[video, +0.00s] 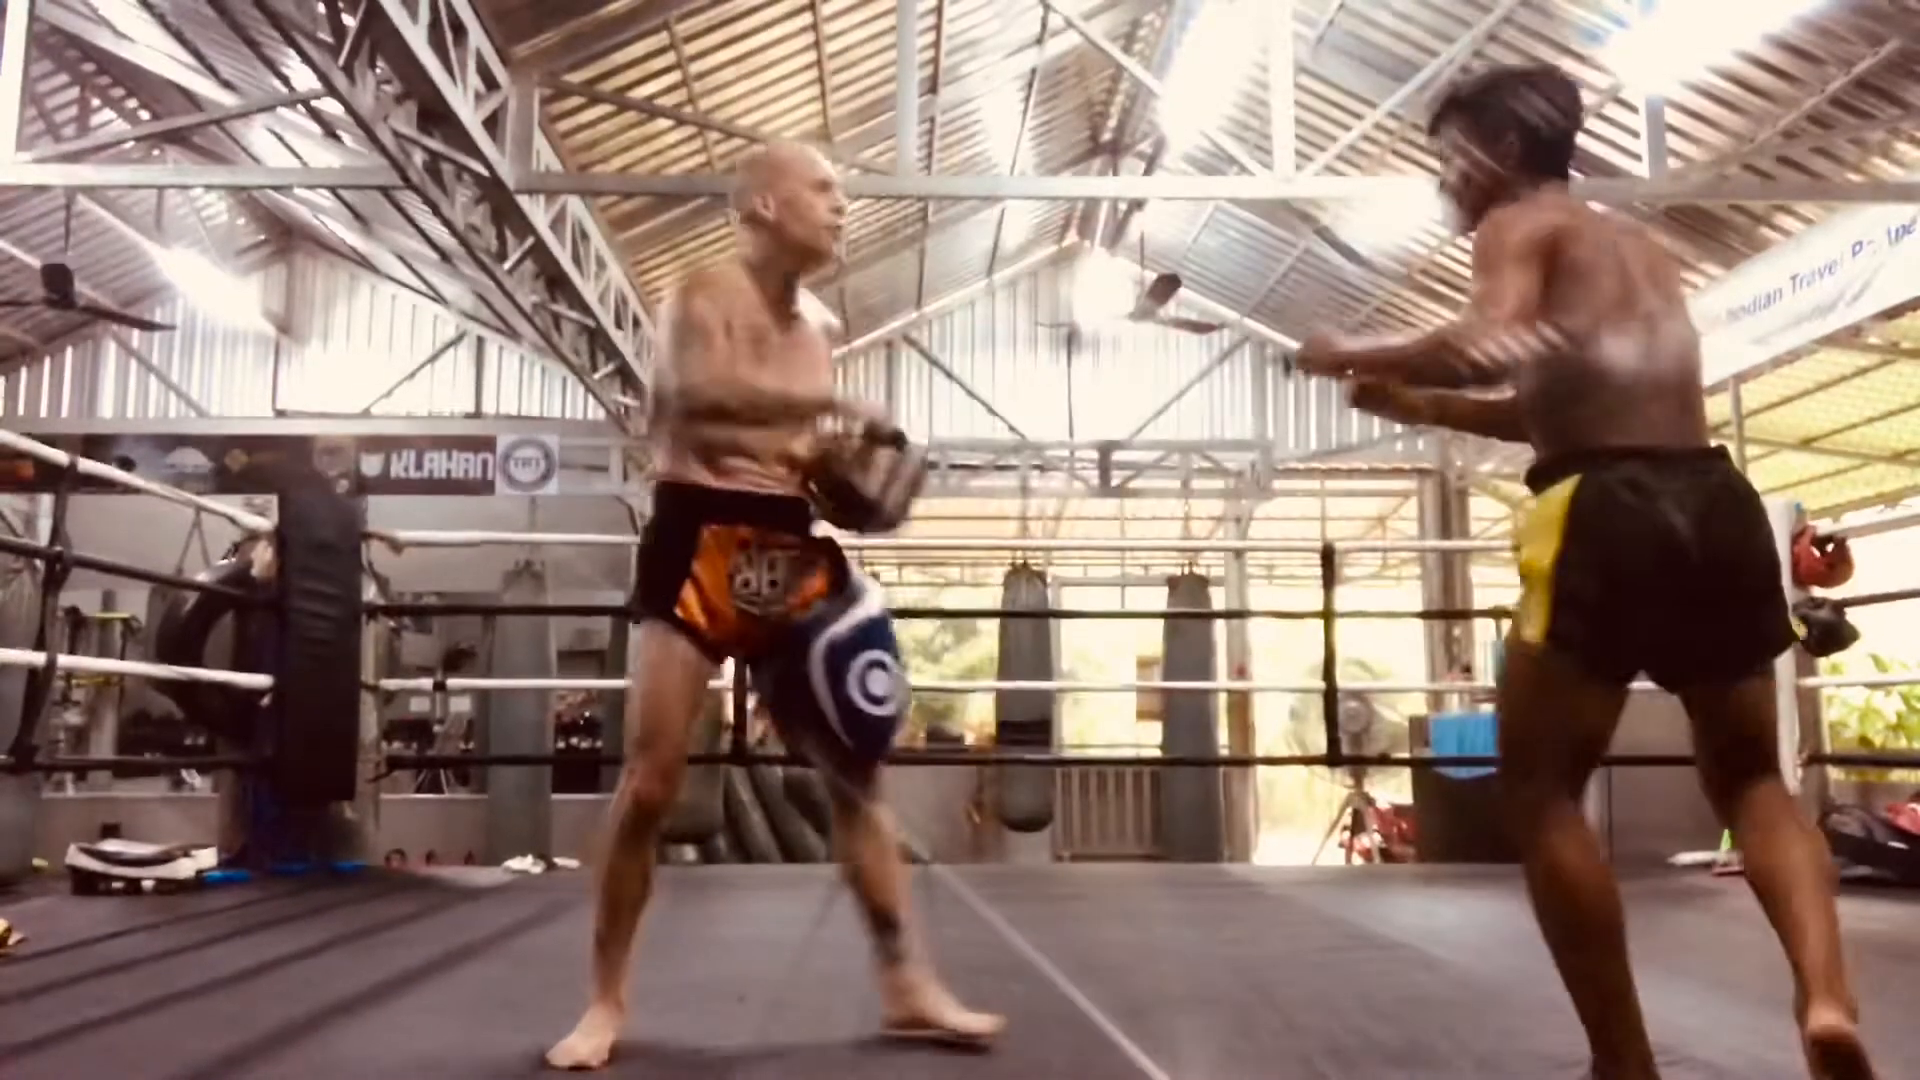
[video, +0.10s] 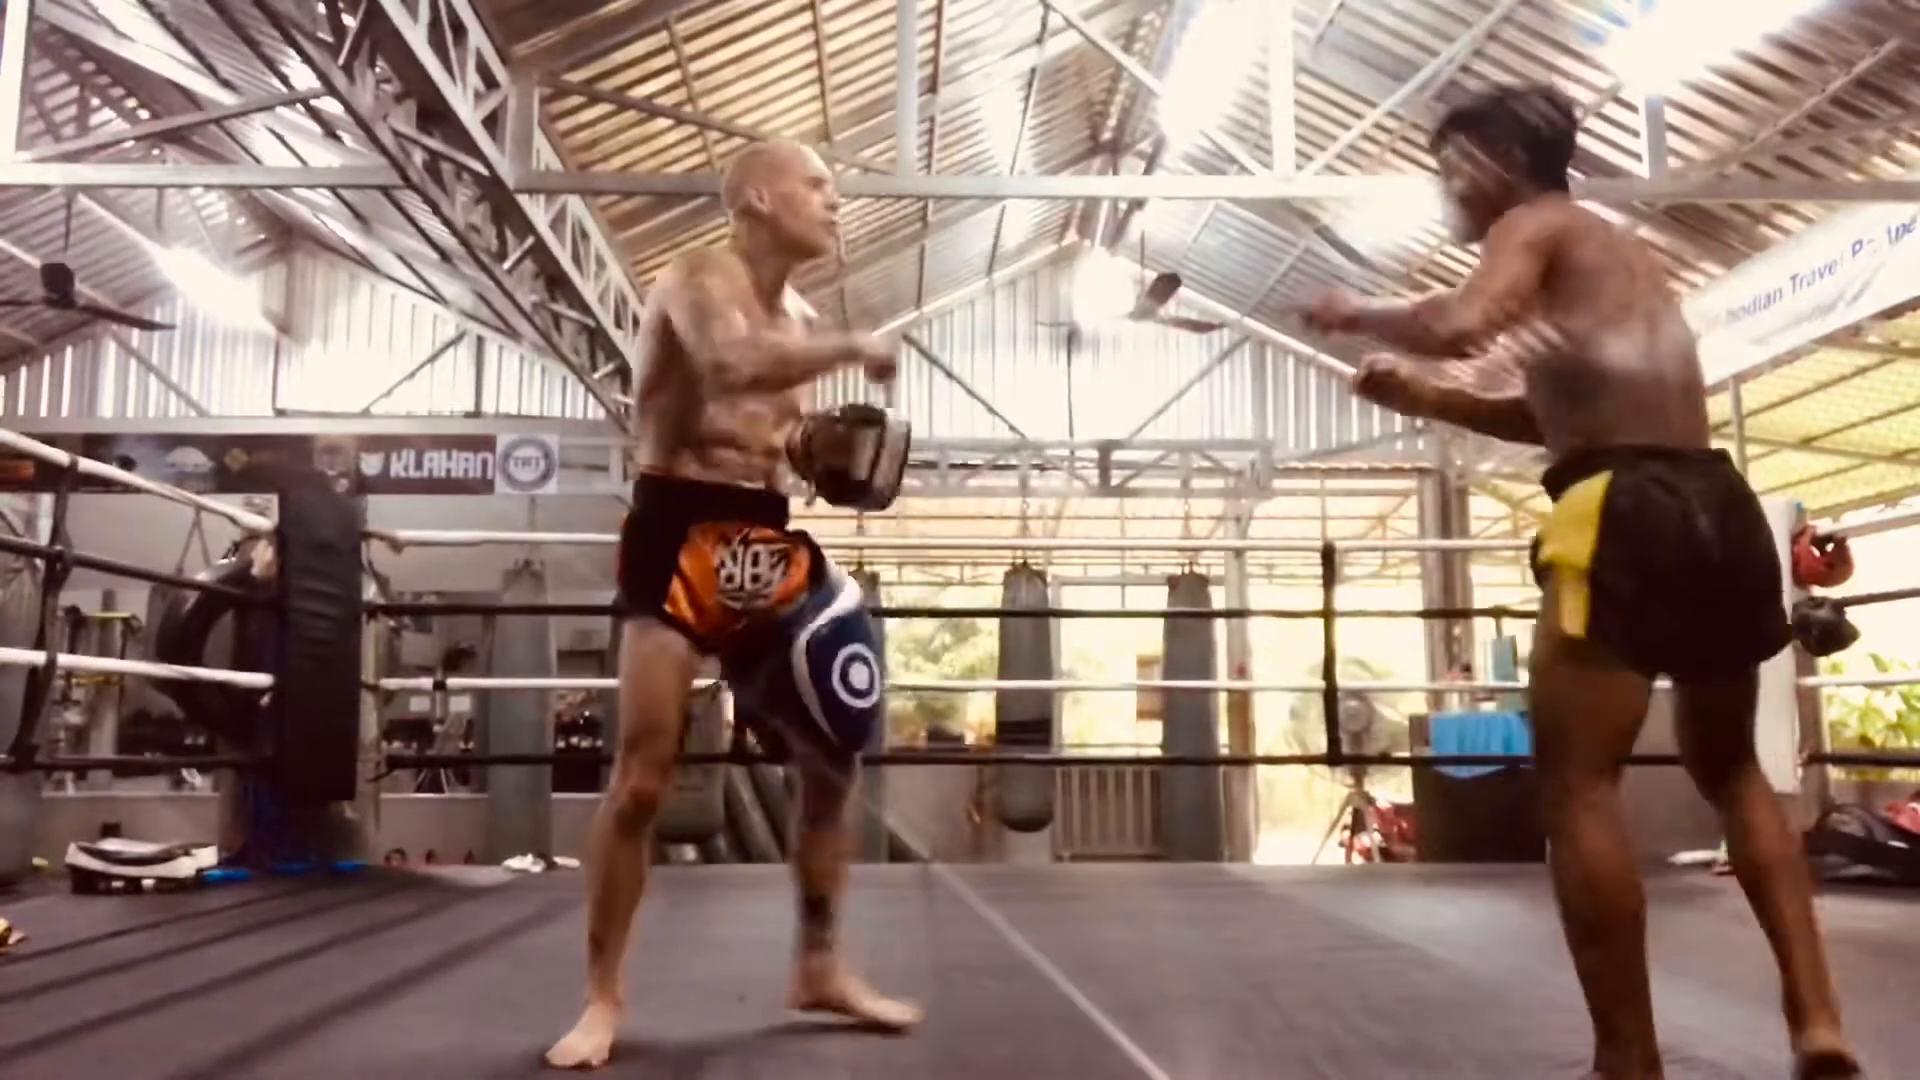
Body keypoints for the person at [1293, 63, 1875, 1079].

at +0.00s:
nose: (1446, 185)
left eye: (1452, 161)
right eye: (1441, 163)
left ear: (1502, 150)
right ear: (1552, 153)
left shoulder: (1520, 225)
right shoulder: (1643, 243)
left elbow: (1499, 346)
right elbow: (1548, 409)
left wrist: (1351, 353)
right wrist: (1407, 397)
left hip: (1596, 516)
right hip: (1715, 510)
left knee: (1543, 794)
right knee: (1749, 771)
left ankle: (1624, 1062)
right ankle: (1827, 1000)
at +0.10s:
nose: (1447, 193)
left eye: (1454, 170)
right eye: (1443, 173)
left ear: (1501, 158)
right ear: (1542, 162)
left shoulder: (1538, 221)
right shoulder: (1630, 254)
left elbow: (1465, 320)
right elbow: (1552, 415)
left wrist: (1357, 315)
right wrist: (1417, 391)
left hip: (1617, 504)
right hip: (1720, 503)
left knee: (1580, 793)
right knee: (1729, 762)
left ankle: (1627, 1058)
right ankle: (1817, 1020)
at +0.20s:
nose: (1458, 217)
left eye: (1466, 194)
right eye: (1457, 197)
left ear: (1513, 191)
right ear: (1550, 198)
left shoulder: (1559, 246)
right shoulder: (1624, 282)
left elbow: (1491, 324)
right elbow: (1575, 444)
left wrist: (1388, 304)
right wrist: (1452, 403)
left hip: (1631, 525)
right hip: (1708, 526)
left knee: (1587, 791)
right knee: (1718, 778)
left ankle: (1627, 1062)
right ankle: (1777, 998)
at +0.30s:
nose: (1481, 264)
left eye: (1491, 243)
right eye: (1481, 245)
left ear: (1545, 238)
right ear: (1554, 244)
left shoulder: (1607, 299)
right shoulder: (1589, 332)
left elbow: (1568, 393)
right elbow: (1554, 474)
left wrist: (1451, 344)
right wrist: (1450, 411)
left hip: (1655, 559)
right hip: (1702, 561)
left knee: (1578, 791)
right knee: (1700, 799)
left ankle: (1623, 1053)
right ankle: (1777, 1002)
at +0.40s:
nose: (1503, 297)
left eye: (1512, 277)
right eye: (1500, 280)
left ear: (1565, 269)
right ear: (1567, 276)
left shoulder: (1636, 336)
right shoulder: (1610, 371)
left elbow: (1653, 447)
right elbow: (1555, 497)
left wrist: (1507, 414)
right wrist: (1470, 438)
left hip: (1678, 571)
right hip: (1692, 576)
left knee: (1570, 778)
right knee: (1679, 799)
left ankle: (1606, 1043)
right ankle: (1780, 1003)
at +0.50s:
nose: (1504, 291)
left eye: (1514, 270)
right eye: (1501, 272)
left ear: (1567, 261)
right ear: (1565, 269)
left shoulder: (1647, 325)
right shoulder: (1603, 361)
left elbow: (1667, 425)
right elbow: (1541, 472)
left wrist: (1516, 403)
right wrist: (1470, 412)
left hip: (1681, 555)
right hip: (1693, 561)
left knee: (1572, 758)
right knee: (1683, 786)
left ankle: (1603, 1024)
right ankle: (1780, 1001)